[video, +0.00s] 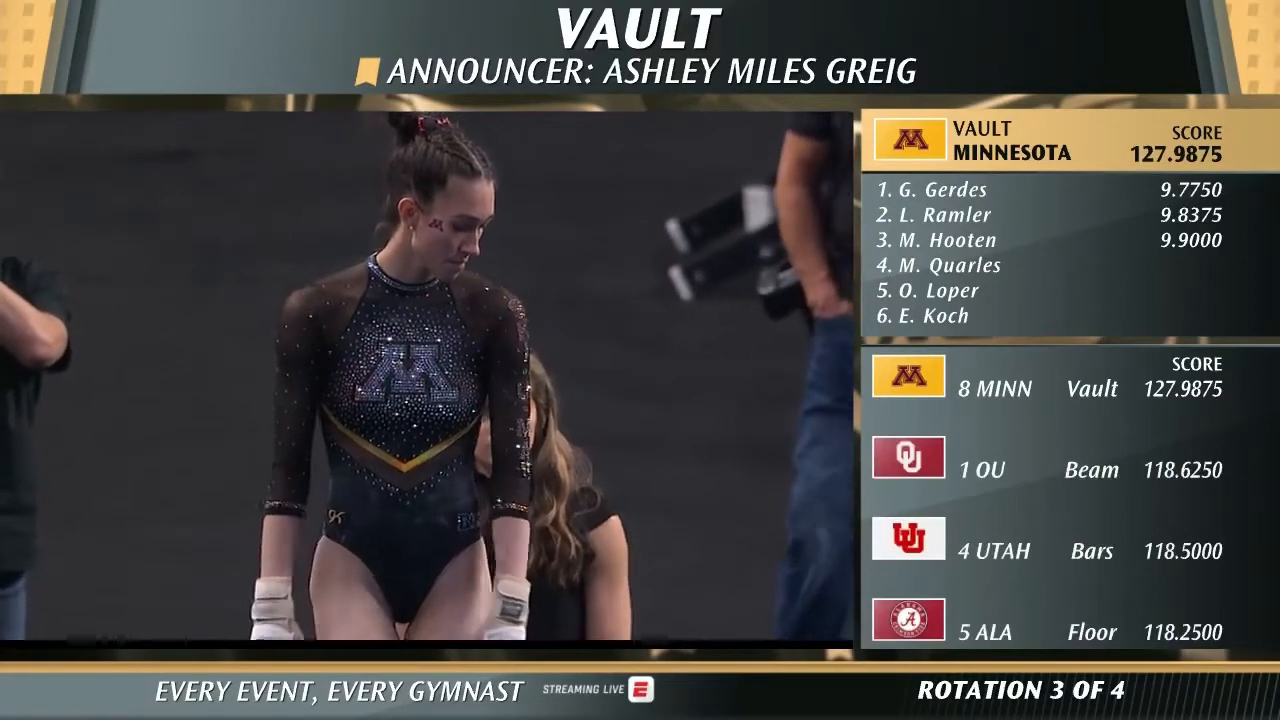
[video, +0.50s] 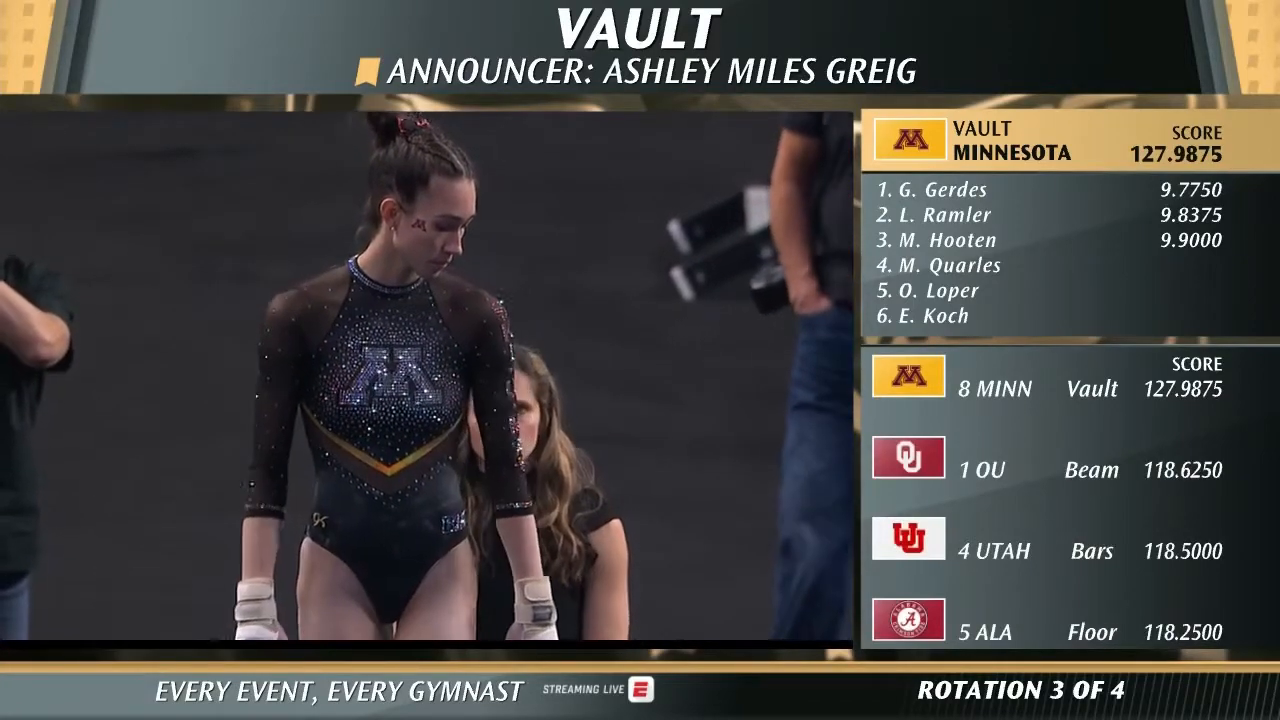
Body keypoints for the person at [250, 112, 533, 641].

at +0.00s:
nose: (472, 245)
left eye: (481, 227)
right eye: (460, 226)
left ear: (486, 216)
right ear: (410, 211)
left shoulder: (494, 313)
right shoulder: (316, 311)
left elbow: (512, 465)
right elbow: (290, 466)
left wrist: (511, 608)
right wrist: (271, 609)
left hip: (459, 560)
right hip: (350, 557)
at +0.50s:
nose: (456, 244)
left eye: (463, 227)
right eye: (443, 226)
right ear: (391, 212)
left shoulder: (472, 315)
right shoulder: (296, 315)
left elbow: (502, 463)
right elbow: (266, 467)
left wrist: (534, 605)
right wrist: (252, 608)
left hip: (443, 560)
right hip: (335, 558)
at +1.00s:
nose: (470, 248)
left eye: (477, 229)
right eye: (455, 230)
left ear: (484, 217)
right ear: (402, 216)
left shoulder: (493, 318)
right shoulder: (317, 321)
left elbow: (505, 475)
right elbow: (299, 480)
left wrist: (456, 597)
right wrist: (358, 590)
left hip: (462, 572)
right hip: (352, 572)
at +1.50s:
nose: (467, 249)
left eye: (475, 231)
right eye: (452, 231)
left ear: (482, 220)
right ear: (400, 216)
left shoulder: (493, 320)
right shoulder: (314, 321)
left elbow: (530, 472)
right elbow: (280, 478)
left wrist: (560, 612)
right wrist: (245, 619)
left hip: (458, 568)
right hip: (350, 566)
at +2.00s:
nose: (466, 250)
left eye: (473, 233)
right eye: (451, 233)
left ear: (480, 222)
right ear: (398, 220)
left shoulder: (493, 319)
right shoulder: (311, 321)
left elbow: (518, 465)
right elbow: (286, 469)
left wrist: (510, 602)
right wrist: (288, 607)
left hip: (461, 570)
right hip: (351, 567)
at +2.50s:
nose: (463, 255)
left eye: (471, 237)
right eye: (448, 238)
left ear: (477, 224)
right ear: (395, 225)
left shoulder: (491, 319)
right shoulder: (309, 324)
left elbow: (522, 472)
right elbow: (280, 479)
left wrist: (536, 618)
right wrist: (253, 624)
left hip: (460, 572)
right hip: (354, 571)